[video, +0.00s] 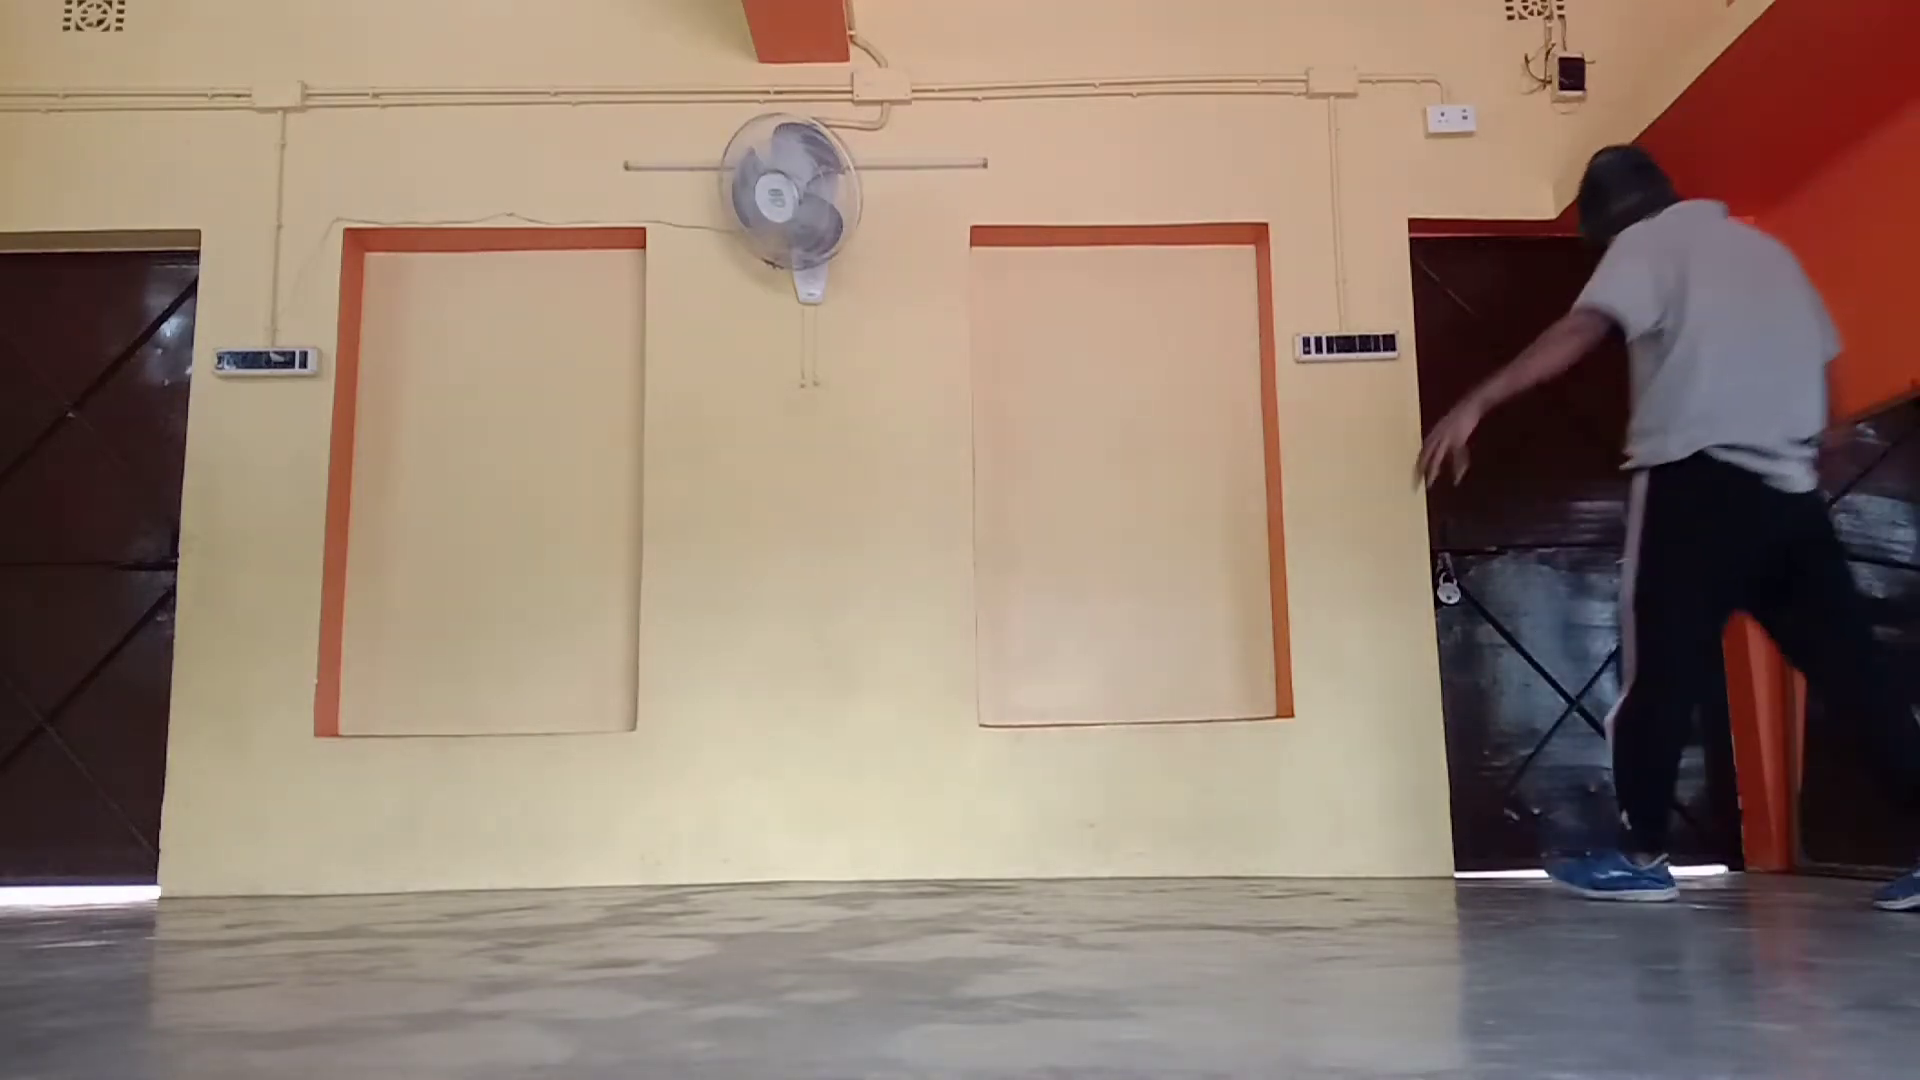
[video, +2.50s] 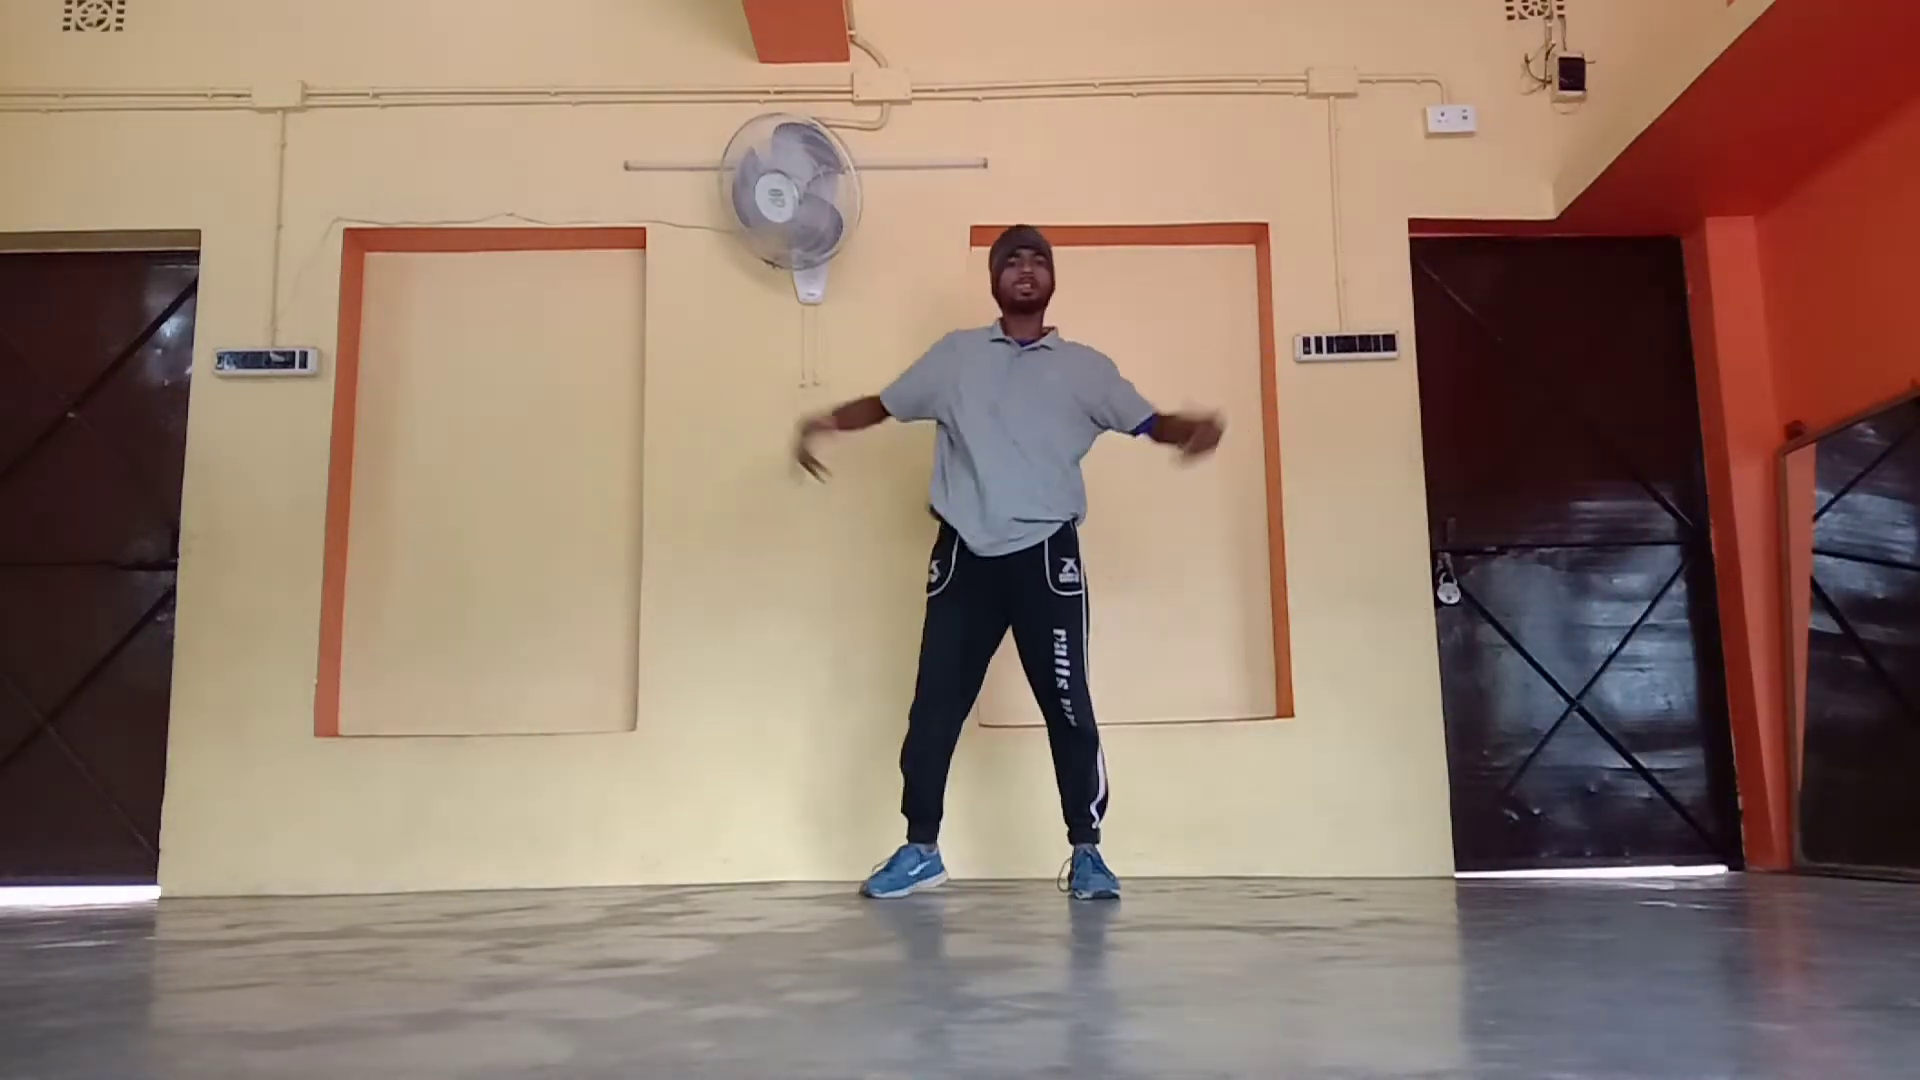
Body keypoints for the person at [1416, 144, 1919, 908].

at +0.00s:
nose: (1603, 243)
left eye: (1600, 230)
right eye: (1598, 234)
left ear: (1609, 212)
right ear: (1663, 185)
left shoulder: (1650, 240)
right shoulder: (1771, 252)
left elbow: (1580, 332)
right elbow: (1823, 373)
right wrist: (1800, 465)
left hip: (1690, 491)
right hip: (1786, 500)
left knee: (1663, 668)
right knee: (1857, 674)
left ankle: (1641, 849)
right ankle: (1916, 854)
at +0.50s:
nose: (1398, 303)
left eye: (1398, 289)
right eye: (1394, 289)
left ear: (1417, 274)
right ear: (1458, 268)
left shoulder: (1435, 318)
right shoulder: (1528, 333)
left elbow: (1406, 424)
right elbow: (1525, 446)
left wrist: (1349, 516)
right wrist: (1441, 530)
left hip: (1477, 513)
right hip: (1524, 516)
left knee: (1511, 674)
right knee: (1475, 679)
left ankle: (1625, 843)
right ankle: (1446, 840)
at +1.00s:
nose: (1205, 375)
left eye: (1201, 362)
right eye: (1198, 366)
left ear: (1219, 343)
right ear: (1241, 330)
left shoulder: (1257, 370)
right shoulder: (1298, 372)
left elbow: (1301, 453)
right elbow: (1323, 468)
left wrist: (1335, 547)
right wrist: (1343, 558)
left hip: (1270, 554)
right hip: (1316, 555)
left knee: (1233, 698)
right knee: (1359, 700)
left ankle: (1195, 843)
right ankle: (1419, 836)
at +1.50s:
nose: (1033, 378)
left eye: (1030, 367)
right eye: (1026, 370)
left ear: (1047, 353)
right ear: (1058, 344)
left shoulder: (1113, 374)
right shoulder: (1086, 387)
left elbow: (1181, 449)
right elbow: (1122, 465)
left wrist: (1124, 529)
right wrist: (1095, 539)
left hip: (1128, 568)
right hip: (1098, 571)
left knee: (1135, 704)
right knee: (1072, 702)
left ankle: (1181, 841)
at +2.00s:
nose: (983, 329)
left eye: (995, 314)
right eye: (970, 316)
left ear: (1015, 309)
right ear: (955, 312)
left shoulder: (1061, 368)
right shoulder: (935, 381)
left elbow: (1108, 438)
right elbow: (913, 460)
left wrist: (1103, 493)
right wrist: (916, 504)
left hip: (1052, 558)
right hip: (971, 566)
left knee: (1077, 695)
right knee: (958, 704)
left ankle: (1097, 837)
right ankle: (981, 842)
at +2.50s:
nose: (1025, 270)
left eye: (1036, 261)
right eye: (1012, 262)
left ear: (1053, 281)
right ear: (992, 281)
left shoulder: (1083, 367)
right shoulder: (955, 355)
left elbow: (1151, 422)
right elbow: (883, 405)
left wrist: (1193, 428)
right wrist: (824, 421)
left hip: (1048, 553)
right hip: (964, 552)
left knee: (1067, 703)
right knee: (936, 700)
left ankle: (1086, 851)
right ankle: (921, 847)